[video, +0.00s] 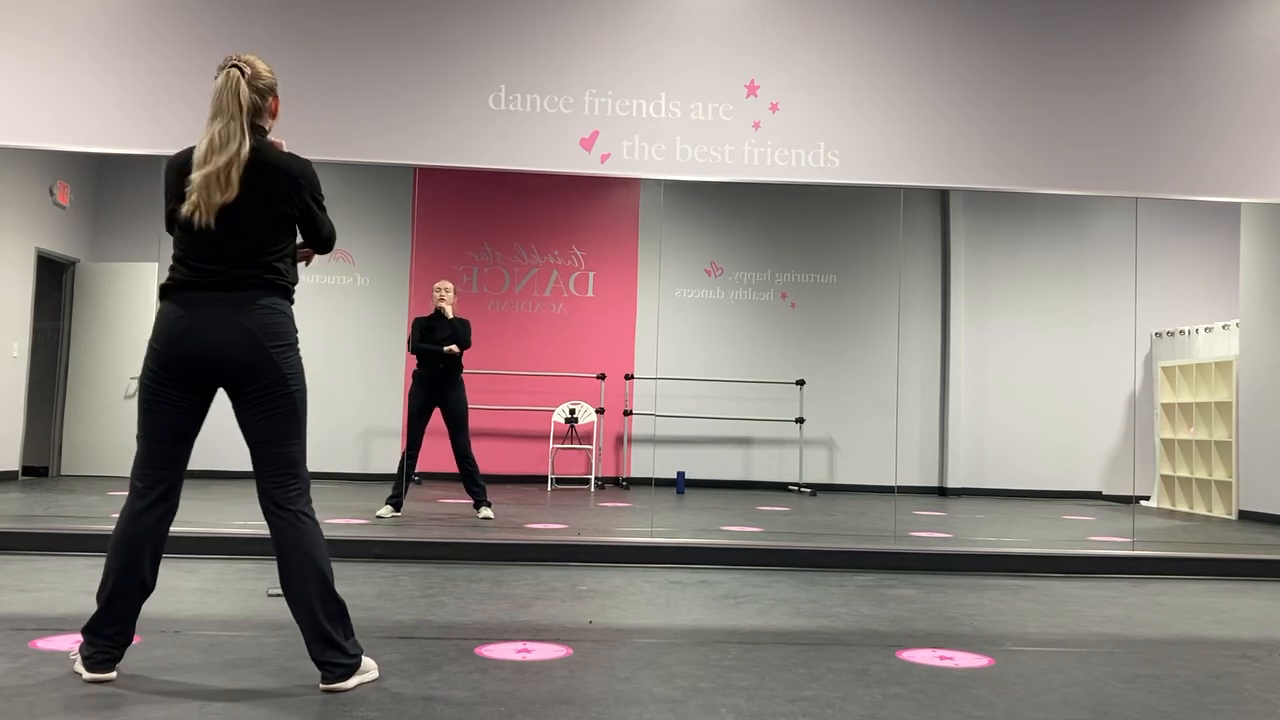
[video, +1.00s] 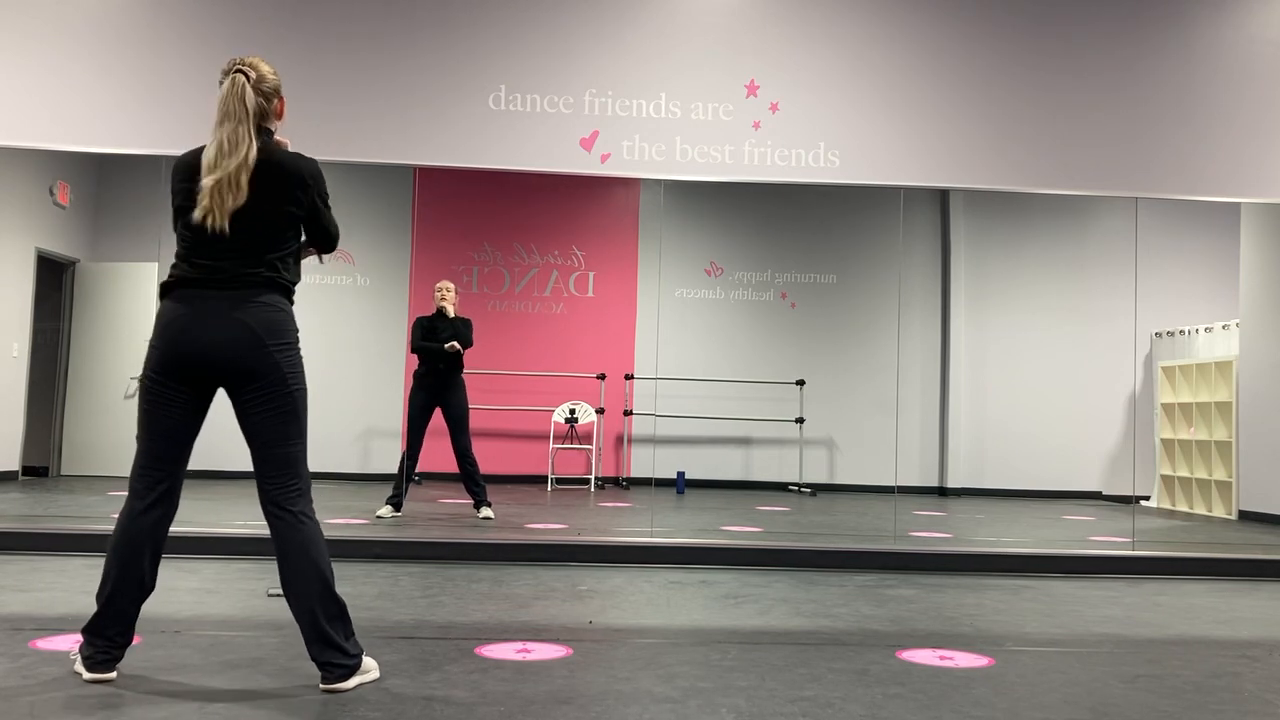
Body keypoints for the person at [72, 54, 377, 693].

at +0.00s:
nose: (282, 112)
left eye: (279, 102)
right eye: (281, 103)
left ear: (218, 102)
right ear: (270, 107)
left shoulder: (182, 166)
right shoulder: (292, 171)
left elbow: (189, 235)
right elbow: (323, 240)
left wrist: (284, 246)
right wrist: (283, 243)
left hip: (179, 327)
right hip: (261, 328)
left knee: (150, 489)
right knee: (287, 497)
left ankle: (100, 649)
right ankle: (338, 659)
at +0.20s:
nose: (276, 115)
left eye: (271, 105)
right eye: (276, 106)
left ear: (212, 107)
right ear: (268, 110)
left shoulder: (173, 172)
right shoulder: (294, 180)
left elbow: (154, 249)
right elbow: (297, 260)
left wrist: (215, 251)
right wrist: (233, 254)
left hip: (165, 330)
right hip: (250, 335)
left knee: (138, 488)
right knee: (274, 500)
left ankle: (100, 649)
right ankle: (336, 659)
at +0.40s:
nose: (280, 116)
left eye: (276, 106)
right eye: (279, 107)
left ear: (216, 105)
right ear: (269, 109)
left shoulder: (178, 167)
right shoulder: (290, 171)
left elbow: (168, 232)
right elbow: (312, 244)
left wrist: (236, 229)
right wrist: (267, 231)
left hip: (178, 326)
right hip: (260, 328)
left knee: (149, 489)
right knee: (286, 496)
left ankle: (101, 649)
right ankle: (337, 659)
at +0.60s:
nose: (284, 114)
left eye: (282, 104)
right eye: (282, 105)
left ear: (220, 105)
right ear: (269, 108)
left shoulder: (186, 170)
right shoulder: (288, 166)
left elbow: (194, 246)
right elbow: (328, 243)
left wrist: (296, 254)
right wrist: (315, 248)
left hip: (200, 331)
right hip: (277, 329)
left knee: (167, 490)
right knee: (298, 495)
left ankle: (101, 648)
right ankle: (338, 659)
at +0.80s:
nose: (286, 110)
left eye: (283, 100)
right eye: (283, 101)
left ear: (216, 106)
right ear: (270, 106)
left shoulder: (188, 176)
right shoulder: (292, 167)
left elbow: (201, 247)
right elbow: (329, 245)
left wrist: (299, 253)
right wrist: (312, 247)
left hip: (206, 329)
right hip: (284, 326)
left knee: (171, 490)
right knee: (303, 493)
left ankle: (102, 648)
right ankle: (338, 659)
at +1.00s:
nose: (288, 114)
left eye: (284, 103)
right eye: (286, 104)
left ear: (224, 107)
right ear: (275, 110)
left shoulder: (187, 166)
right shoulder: (298, 170)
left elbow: (196, 235)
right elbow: (327, 240)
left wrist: (288, 240)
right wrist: (277, 237)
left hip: (180, 324)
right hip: (261, 327)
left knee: (150, 490)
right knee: (288, 498)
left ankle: (100, 649)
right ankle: (338, 659)